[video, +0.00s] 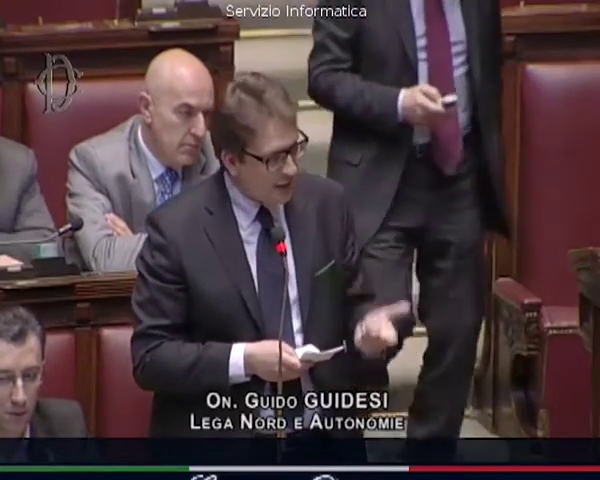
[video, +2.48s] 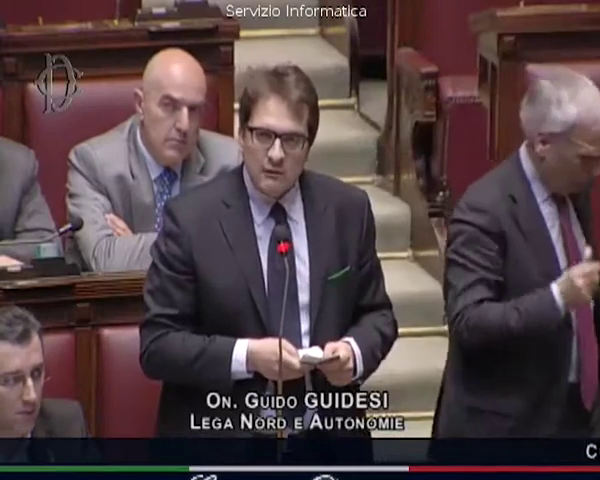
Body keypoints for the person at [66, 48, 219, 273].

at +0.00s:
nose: (200, 130)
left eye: (206, 114)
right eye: (186, 113)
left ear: (211, 108)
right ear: (146, 108)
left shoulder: (209, 152)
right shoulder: (92, 160)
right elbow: (105, 260)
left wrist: (137, 247)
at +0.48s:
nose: (199, 131)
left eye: (206, 114)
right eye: (186, 114)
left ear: (211, 110)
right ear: (146, 108)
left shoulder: (216, 154)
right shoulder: (92, 160)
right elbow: (105, 260)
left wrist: (137, 246)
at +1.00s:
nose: (197, 130)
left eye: (205, 113)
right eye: (182, 112)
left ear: (210, 109)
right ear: (145, 108)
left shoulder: (221, 154)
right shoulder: (92, 161)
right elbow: (105, 259)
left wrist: (138, 248)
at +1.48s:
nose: (194, 131)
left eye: (202, 114)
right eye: (179, 113)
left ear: (209, 108)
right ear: (143, 108)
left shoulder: (227, 156)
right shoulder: (91, 161)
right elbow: (105, 259)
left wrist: (138, 250)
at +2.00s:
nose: (185, 127)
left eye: (195, 111)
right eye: (170, 108)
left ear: (204, 108)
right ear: (140, 104)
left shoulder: (230, 157)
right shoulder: (91, 161)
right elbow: (105, 259)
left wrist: (139, 251)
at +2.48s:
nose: (184, 125)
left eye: (194, 109)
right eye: (169, 106)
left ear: (203, 108)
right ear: (139, 104)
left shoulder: (231, 157)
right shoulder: (91, 161)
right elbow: (105, 259)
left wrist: (139, 251)